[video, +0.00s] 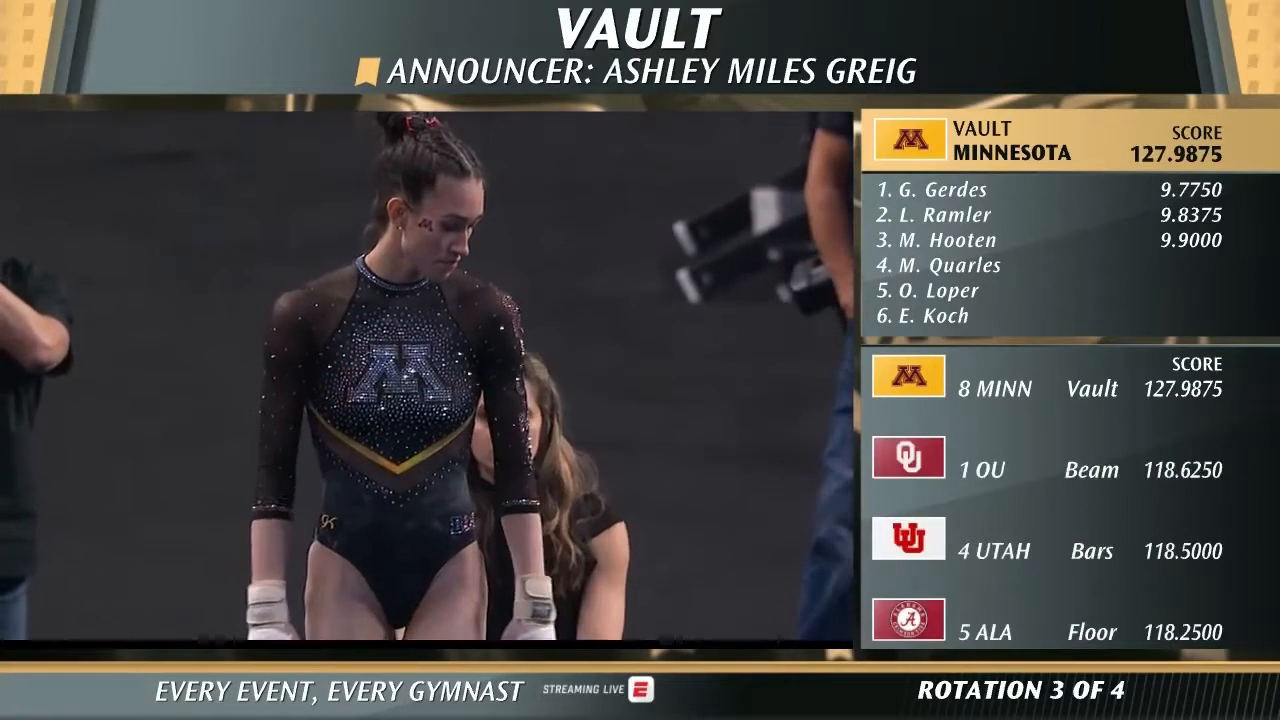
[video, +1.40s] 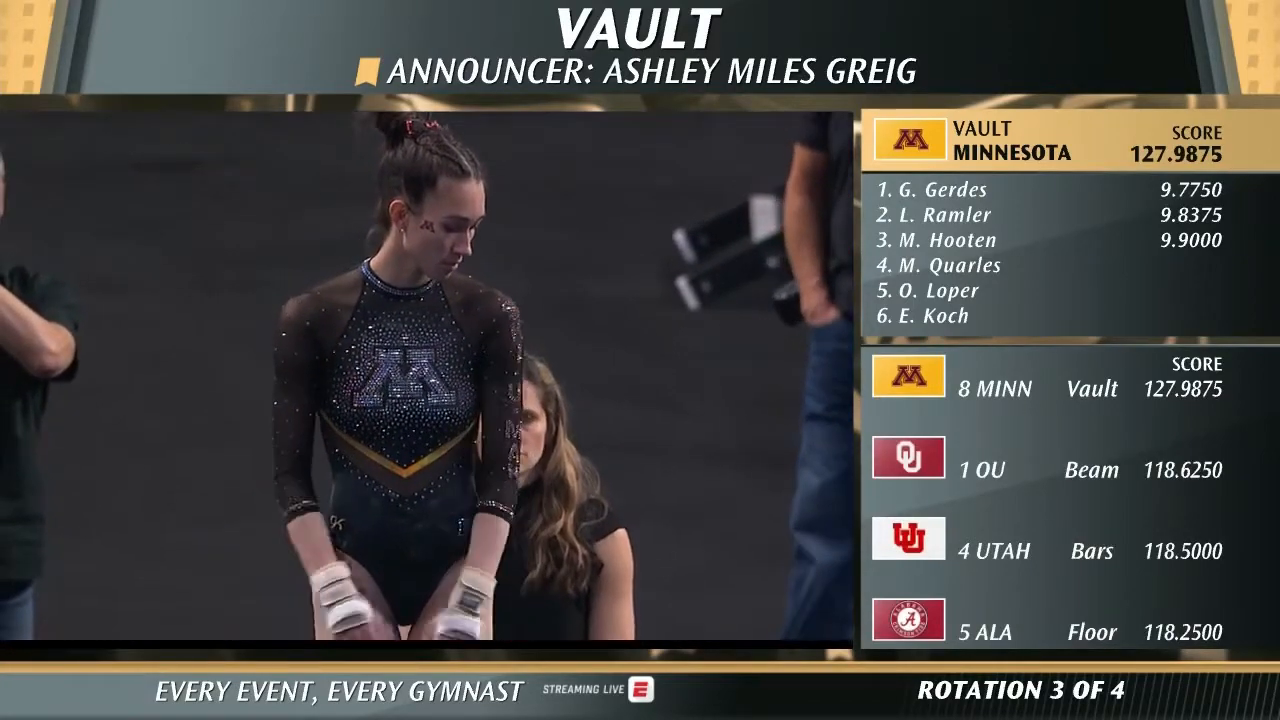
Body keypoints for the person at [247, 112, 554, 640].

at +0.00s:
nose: (463, 244)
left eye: (471, 227)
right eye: (449, 226)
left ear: (478, 217)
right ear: (397, 213)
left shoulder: (483, 313)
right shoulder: (304, 315)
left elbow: (514, 465)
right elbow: (274, 470)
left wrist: (534, 606)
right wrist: (265, 613)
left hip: (452, 563)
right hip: (344, 562)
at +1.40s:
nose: (467, 245)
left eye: (474, 227)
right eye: (453, 226)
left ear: (481, 216)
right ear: (400, 214)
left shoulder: (489, 316)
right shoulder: (311, 318)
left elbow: (500, 468)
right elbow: (290, 473)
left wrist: (473, 597)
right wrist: (331, 590)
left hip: (458, 566)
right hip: (355, 566)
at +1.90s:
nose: (470, 247)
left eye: (478, 229)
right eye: (456, 228)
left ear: (486, 218)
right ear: (404, 215)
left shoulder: (495, 317)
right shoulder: (317, 320)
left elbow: (526, 472)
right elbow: (292, 478)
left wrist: (543, 617)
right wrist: (273, 622)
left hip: (462, 566)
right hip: (354, 565)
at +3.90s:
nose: (460, 252)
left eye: (466, 235)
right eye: (444, 236)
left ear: (472, 225)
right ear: (390, 226)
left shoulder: (483, 329)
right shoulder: (305, 331)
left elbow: (499, 479)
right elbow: (285, 486)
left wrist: (500, 619)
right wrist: (281, 622)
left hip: (456, 573)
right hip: (348, 572)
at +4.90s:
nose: (464, 255)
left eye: (471, 237)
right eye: (448, 239)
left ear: (476, 225)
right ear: (394, 228)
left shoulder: (486, 331)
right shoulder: (309, 333)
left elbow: (502, 481)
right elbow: (289, 486)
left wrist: (507, 619)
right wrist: (286, 620)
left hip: (458, 574)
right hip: (351, 573)